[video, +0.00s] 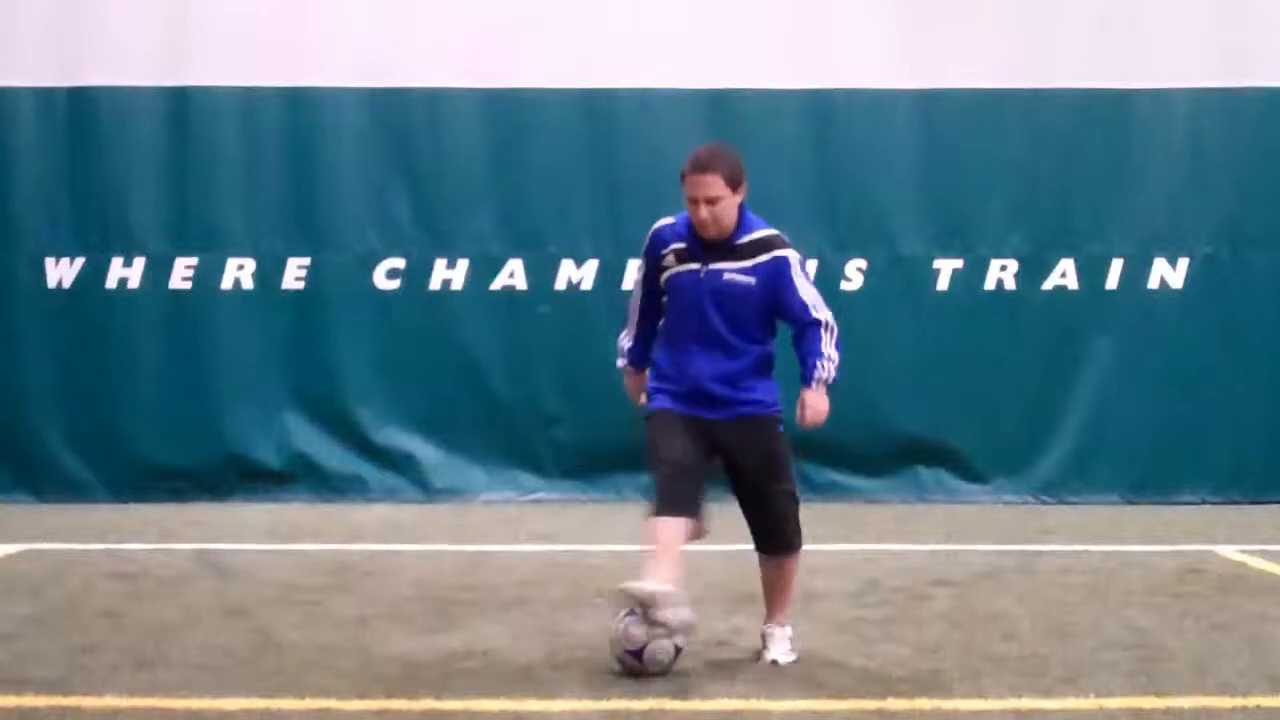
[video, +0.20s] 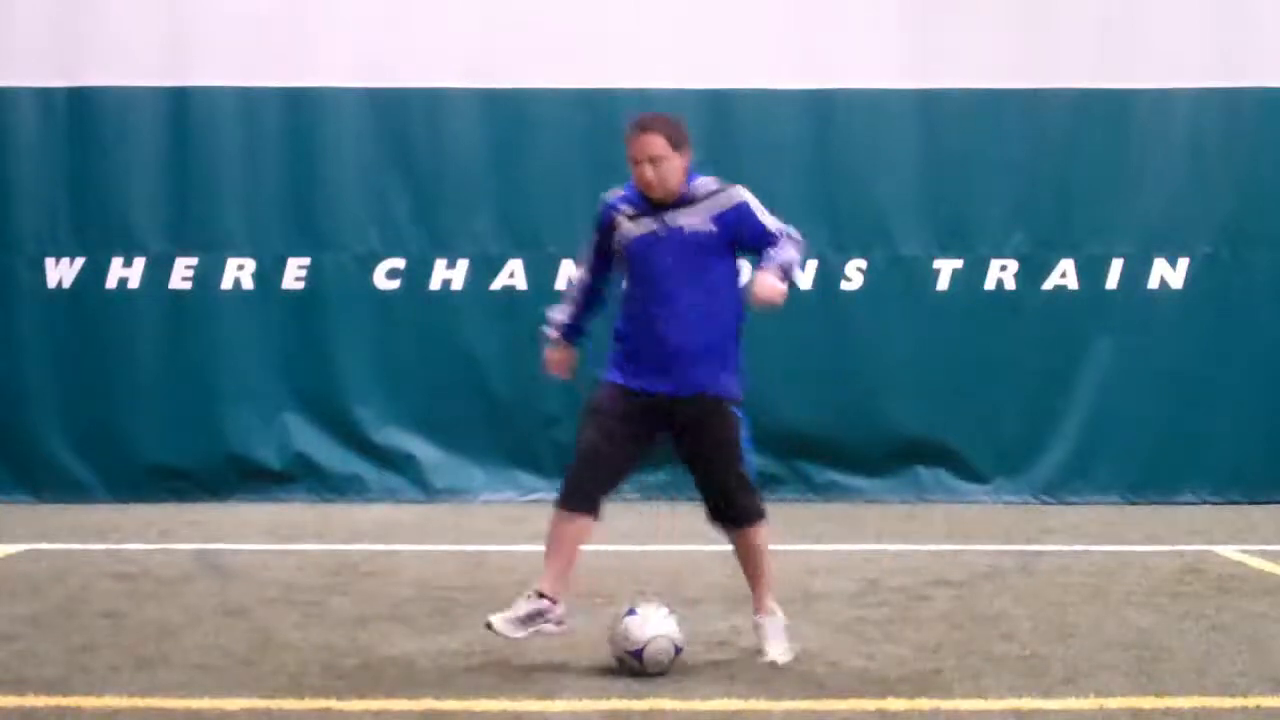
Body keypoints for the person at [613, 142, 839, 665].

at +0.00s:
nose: (702, 214)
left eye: (713, 202)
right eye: (693, 202)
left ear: (739, 195)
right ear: (682, 196)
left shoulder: (771, 250)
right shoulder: (664, 241)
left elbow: (815, 321)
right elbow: (644, 307)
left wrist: (817, 382)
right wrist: (633, 363)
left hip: (748, 405)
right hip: (676, 401)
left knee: (777, 518)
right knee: (674, 481)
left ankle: (777, 626)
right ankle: (662, 589)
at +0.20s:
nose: (647, 174)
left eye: (657, 161)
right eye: (637, 164)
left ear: (684, 157)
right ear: (629, 164)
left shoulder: (725, 202)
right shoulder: (617, 212)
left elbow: (786, 242)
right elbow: (590, 277)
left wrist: (773, 270)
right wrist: (563, 332)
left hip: (705, 388)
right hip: (631, 386)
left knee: (734, 501)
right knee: (582, 481)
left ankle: (766, 612)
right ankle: (548, 600)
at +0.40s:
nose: (569, 192)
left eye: (579, 180)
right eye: (561, 182)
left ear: (607, 175)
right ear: (553, 183)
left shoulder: (651, 219)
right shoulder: (541, 235)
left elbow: (702, 279)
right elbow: (515, 302)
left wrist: (689, 314)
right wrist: (492, 365)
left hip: (644, 374)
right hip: (578, 388)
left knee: (655, 440)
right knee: (555, 506)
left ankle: (673, 559)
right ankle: (571, 621)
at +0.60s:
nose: (510, 197)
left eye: (520, 183)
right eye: (501, 187)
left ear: (547, 173)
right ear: (493, 185)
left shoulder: (592, 215)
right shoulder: (492, 232)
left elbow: (658, 270)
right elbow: (474, 294)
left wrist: (673, 332)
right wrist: (442, 333)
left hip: (601, 359)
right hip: (542, 374)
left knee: (558, 421)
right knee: (538, 495)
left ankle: (618, 536)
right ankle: (572, 617)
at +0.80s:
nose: (471, 197)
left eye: (480, 184)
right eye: (462, 187)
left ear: (507, 173)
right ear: (454, 185)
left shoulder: (552, 213)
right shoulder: (459, 225)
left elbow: (625, 261)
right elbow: (437, 267)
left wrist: (659, 328)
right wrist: (405, 299)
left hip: (563, 378)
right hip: (517, 381)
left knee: (517, 491)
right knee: (503, 489)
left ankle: (506, 639)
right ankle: (621, 522)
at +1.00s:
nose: (448, 251)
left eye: (457, 238)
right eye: (439, 241)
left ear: (484, 224)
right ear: (429, 234)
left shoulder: (524, 269)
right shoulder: (437, 270)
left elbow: (568, 341)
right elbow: (411, 304)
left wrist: (586, 417)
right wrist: (375, 336)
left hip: (538, 417)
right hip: (501, 419)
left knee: (486, 520)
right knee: (497, 523)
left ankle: (506, 645)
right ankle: (616, 547)